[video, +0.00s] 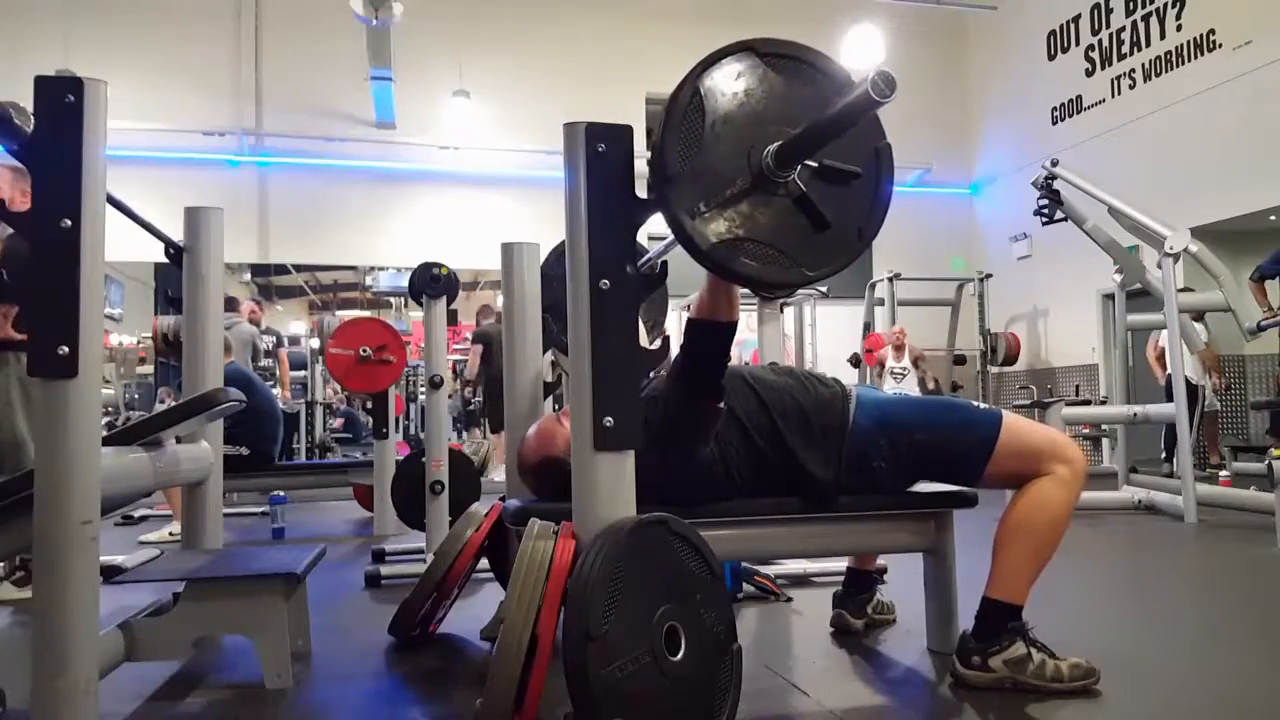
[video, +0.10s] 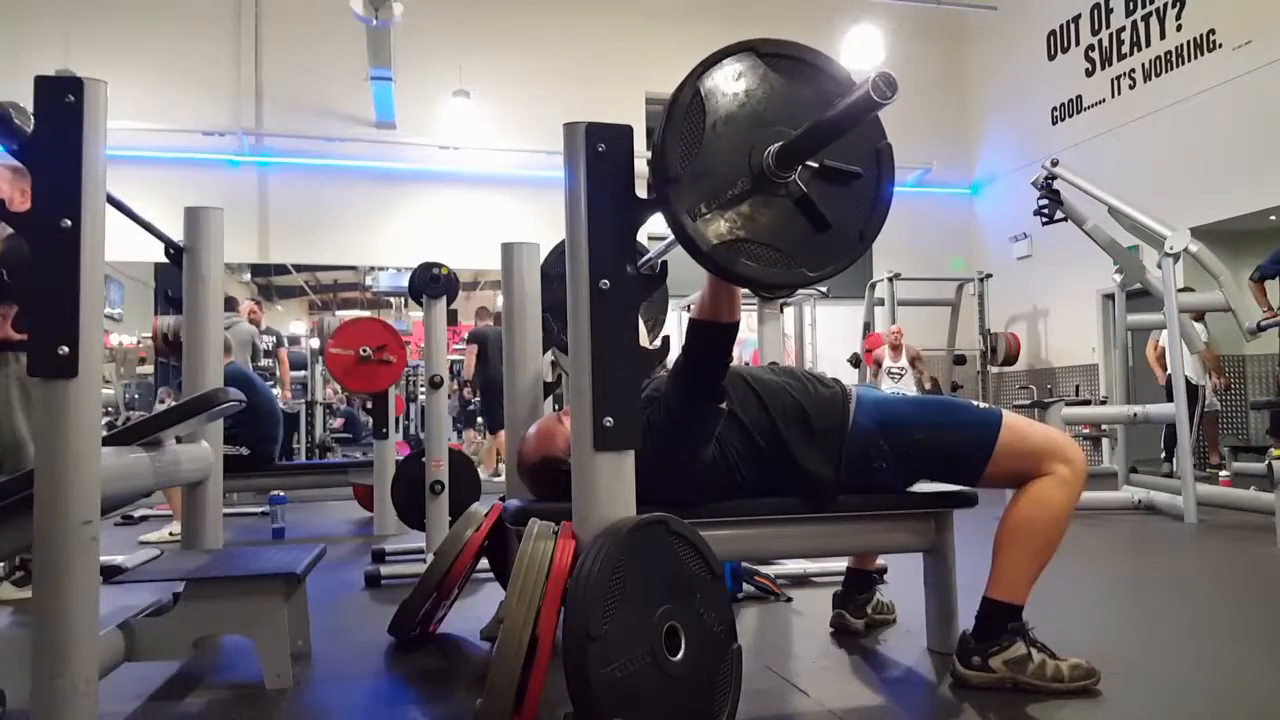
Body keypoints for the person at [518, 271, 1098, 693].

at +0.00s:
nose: (561, 407)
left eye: (551, 411)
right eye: (557, 417)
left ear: (567, 475)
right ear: (578, 446)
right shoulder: (651, 454)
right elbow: (706, 352)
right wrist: (735, 225)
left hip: (816, 446)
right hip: (852, 435)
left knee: (921, 446)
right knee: (1061, 457)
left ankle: (859, 593)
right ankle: (994, 639)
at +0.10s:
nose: (559, 409)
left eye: (549, 412)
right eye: (555, 421)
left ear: (566, 474)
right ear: (577, 454)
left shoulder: (609, 448)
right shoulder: (652, 460)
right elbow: (705, 361)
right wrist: (734, 228)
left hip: (815, 438)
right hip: (851, 435)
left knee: (917, 445)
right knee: (1061, 457)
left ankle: (859, 592)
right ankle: (995, 639)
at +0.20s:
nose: (560, 411)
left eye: (550, 413)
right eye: (557, 422)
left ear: (565, 468)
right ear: (577, 453)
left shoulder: (605, 441)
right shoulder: (650, 465)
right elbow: (705, 361)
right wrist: (733, 231)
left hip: (817, 431)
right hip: (850, 434)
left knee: (919, 446)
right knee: (1060, 456)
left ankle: (860, 593)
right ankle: (995, 638)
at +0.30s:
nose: (561, 411)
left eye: (551, 413)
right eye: (558, 421)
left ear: (566, 468)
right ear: (577, 452)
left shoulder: (606, 442)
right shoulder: (649, 465)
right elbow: (706, 357)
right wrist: (733, 230)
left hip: (820, 430)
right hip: (853, 436)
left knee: (923, 443)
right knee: (1061, 454)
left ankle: (860, 592)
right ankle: (995, 639)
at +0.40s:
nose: (562, 411)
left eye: (551, 413)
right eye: (558, 421)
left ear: (566, 468)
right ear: (578, 451)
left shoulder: (607, 441)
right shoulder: (651, 462)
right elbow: (707, 356)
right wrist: (735, 227)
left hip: (818, 431)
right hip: (851, 436)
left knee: (921, 447)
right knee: (1061, 452)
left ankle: (860, 591)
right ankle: (996, 639)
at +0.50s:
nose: (562, 412)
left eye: (551, 414)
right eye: (558, 423)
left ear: (567, 467)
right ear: (578, 452)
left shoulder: (608, 440)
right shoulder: (651, 463)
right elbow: (707, 357)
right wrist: (738, 230)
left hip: (817, 431)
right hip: (850, 435)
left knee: (919, 445)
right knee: (1061, 454)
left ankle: (860, 591)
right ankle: (996, 639)